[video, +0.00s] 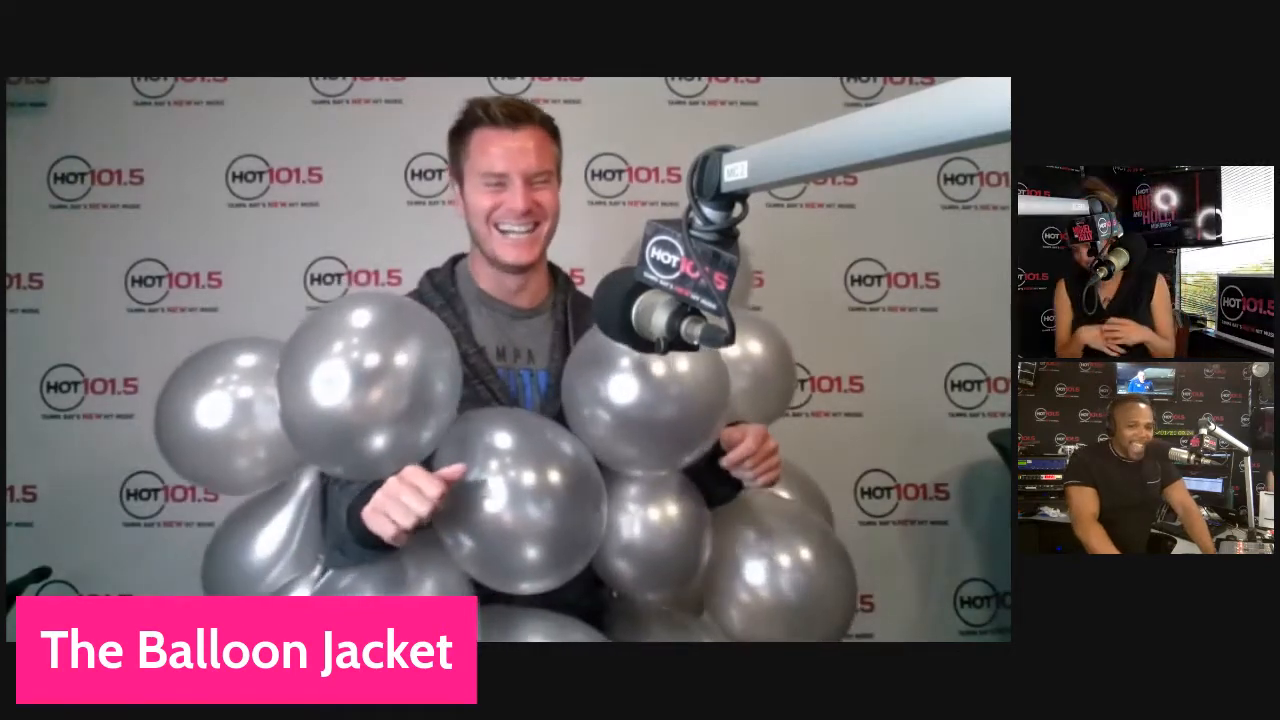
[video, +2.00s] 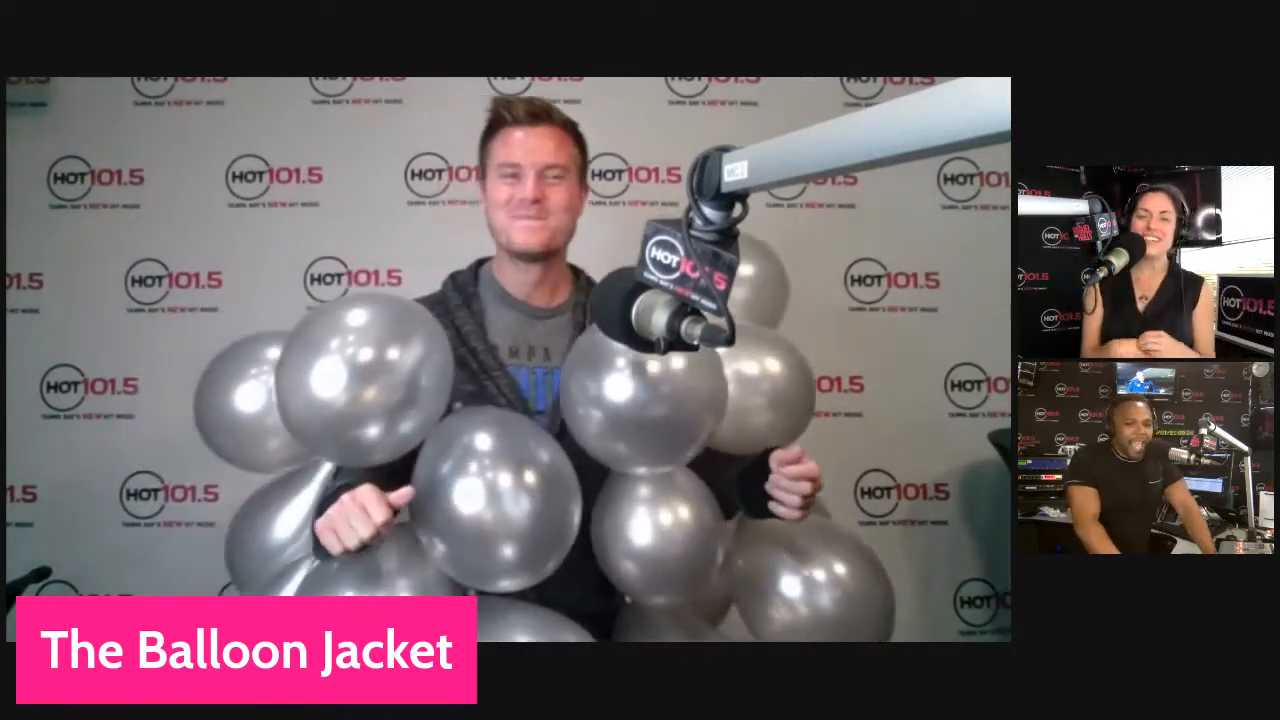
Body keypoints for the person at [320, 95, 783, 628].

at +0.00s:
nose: (520, 204)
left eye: (538, 181)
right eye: (495, 183)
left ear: (560, 191)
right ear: (457, 194)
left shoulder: (604, 329)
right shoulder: (406, 334)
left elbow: (657, 486)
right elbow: (335, 502)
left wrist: (728, 462)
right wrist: (373, 503)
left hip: (589, 616)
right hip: (446, 617)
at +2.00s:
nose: (530, 195)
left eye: (552, 177)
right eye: (510, 176)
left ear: (582, 195)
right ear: (482, 191)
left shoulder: (630, 324)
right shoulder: (421, 331)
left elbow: (680, 454)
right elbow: (365, 443)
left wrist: (756, 480)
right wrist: (346, 500)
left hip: (610, 613)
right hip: (463, 611)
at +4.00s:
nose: (550, 203)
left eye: (570, 181)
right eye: (526, 183)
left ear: (597, 192)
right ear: (494, 194)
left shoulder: (651, 318)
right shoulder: (433, 331)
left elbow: (707, 458)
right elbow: (380, 447)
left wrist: (780, 493)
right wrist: (350, 503)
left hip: (639, 617)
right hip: (487, 616)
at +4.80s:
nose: (554, 199)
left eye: (572, 181)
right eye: (531, 182)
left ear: (599, 196)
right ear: (502, 200)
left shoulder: (654, 317)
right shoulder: (449, 335)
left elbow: (707, 459)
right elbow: (412, 455)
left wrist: (788, 488)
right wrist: (365, 498)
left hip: (645, 612)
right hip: (504, 608)